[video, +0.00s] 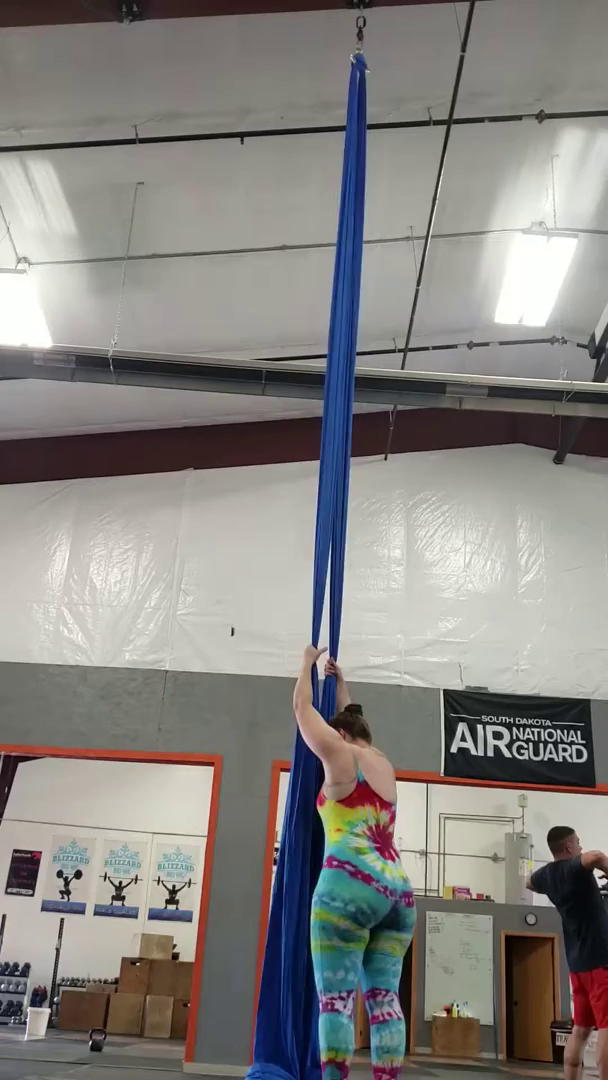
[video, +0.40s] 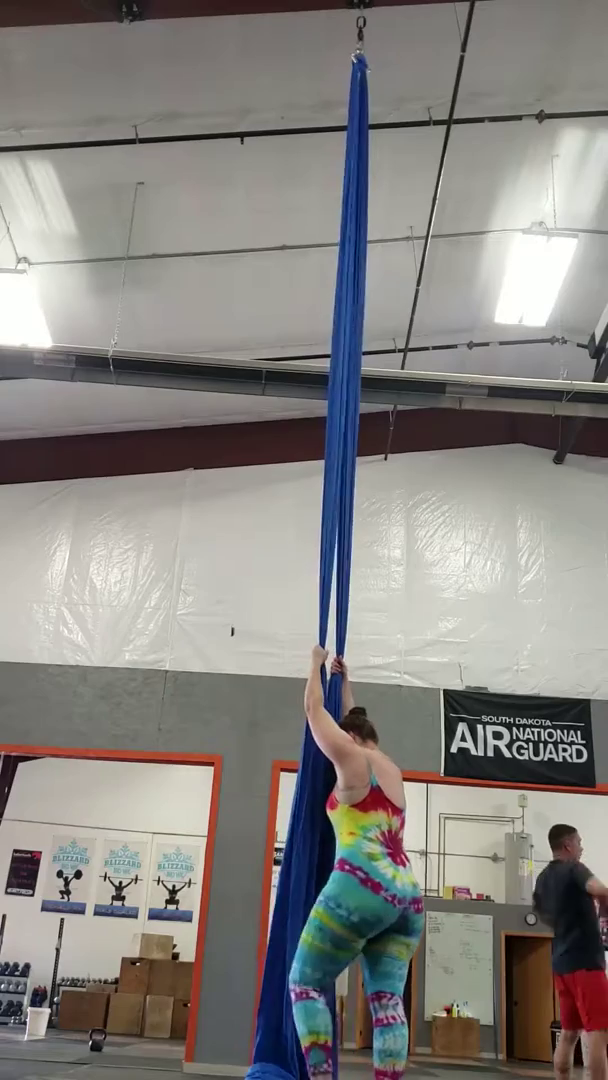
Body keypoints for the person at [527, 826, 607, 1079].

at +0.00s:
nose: (580, 847)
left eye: (578, 843)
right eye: (577, 843)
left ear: (554, 848)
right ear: (568, 845)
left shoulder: (547, 873)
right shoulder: (577, 864)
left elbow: (530, 882)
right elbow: (597, 856)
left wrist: (552, 881)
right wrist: (606, 870)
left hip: (576, 961)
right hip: (598, 959)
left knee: (579, 1029)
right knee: (604, 1030)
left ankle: (570, 1076)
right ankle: (603, 1076)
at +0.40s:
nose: (581, 847)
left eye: (580, 842)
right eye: (578, 842)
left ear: (557, 847)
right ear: (567, 844)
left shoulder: (543, 876)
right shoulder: (575, 868)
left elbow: (541, 910)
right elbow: (599, 889)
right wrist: (602, 906)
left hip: (561, 962)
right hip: (586, 962)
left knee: (568, 1034)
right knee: (596, 1034)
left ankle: (561, 1078)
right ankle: (596, 1077)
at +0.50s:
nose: (584, 860)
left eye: (585, 854)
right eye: (582, 854)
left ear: (560, 852)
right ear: (570, 852)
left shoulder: (542, 884)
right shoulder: (573, 882)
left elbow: (548, 930)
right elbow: (594, 924)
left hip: (552, 969)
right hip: (577, 969)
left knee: (563, 1039)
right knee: (593, 1038)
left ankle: (556, 1078)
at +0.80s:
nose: (575, 855)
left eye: (574, 849)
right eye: (571, 849)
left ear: (554, 851)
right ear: (555, 850)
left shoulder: (541, 879)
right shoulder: (551, 881)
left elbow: (548, 930)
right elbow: (556, 929)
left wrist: (565, 969)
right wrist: (569, 968)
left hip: (535, 964)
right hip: (546, 966)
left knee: (547, 1036)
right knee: (553, 1035)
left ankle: (546, 1076)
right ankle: (549, 1078)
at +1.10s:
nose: (551, 851)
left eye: (550, 846)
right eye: (546, 846)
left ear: (533, 849)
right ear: (530, 848)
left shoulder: (533, 883)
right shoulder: (519, 881)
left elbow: (543, 935)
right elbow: (520, 931)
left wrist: (563, 965)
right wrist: (548, 972)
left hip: (536, 971)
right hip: (518, 971)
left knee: (543, 1041)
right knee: (516, 1039)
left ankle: (545, 1076)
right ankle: (504, 1077)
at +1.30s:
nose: (541, 844)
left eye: (540, 839)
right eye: (535, 839)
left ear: (525, 843)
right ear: (517, 841)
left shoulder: (536, 881)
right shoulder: (501, 876)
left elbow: (538, 922)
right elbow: (489, 922)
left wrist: (544, 948)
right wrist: (502, 968)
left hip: (535, 972)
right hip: (509, 971)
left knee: (552, 1037)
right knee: (508, 1041)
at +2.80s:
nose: (521, 828)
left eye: (520, 822)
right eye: (516, 821)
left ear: (499, 824)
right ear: (498, 823)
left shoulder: (504, 864)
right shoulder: (480, 860)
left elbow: (509, 918)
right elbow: (469, 913)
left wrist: (517, 964)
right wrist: (474, 963)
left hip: (509, 968)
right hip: (487, 967)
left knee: (522, 1040)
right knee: (487, 1040)